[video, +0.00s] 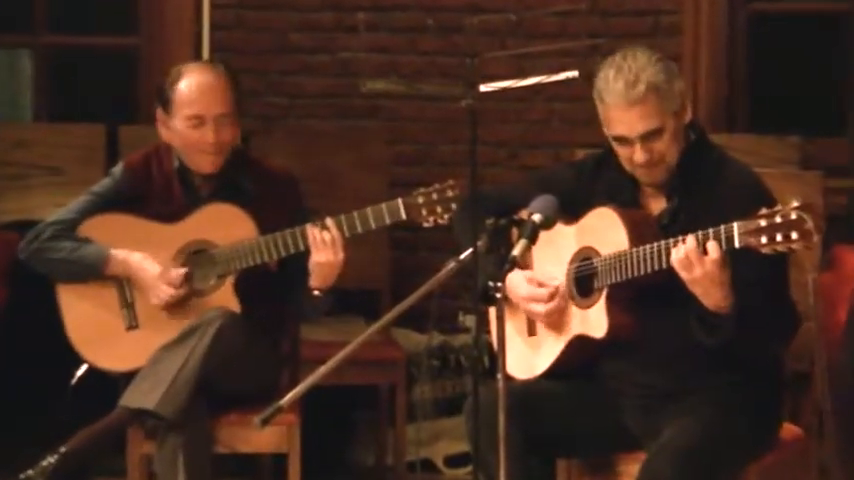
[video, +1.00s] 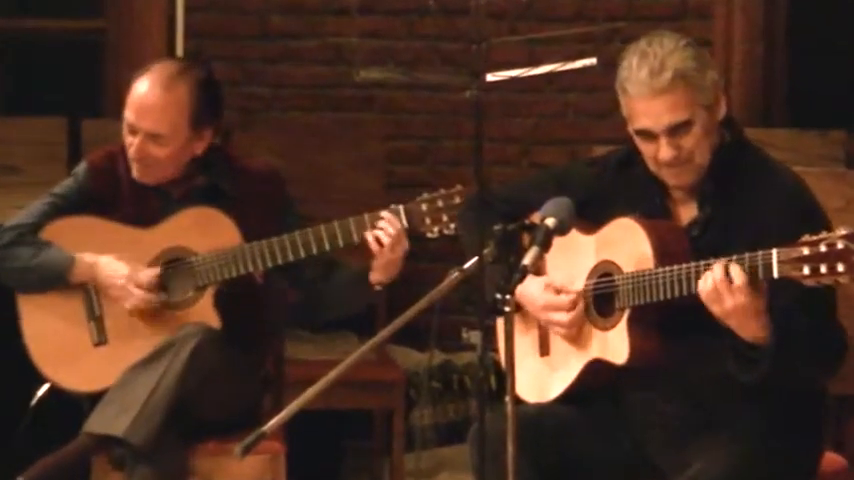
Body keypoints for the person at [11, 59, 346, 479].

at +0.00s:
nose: (213, 137)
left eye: (224, 121)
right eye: (196, 123)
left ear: (239, 122)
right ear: (165, 126)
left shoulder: (273, 189)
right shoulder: (139, 177)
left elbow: (296, 306)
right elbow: (39, 246)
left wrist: (320, 287)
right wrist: (131, 265)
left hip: (251, 361)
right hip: (157, 353)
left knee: (218, 327)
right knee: (183, 420)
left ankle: (86, 445)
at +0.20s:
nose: (180, 144)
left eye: (197, 130)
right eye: (168, 127)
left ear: (228, 131)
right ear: (154, 121)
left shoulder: (270, 189)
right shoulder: (133, 177)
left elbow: (292, 309)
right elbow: (34, 248)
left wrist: (317, 289)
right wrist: (123, 275)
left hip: (246, 364)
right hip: (152, 354)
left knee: (215, 329)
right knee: (179, 424)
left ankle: (93, 443)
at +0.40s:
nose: (161, 142)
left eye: (180, 129)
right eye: (153, 124)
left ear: (220, 132)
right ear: (143, 119)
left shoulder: (265, 190)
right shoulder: (123, 177)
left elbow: (293, 314)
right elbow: (21, 251)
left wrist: (314, 291)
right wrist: (110, 277)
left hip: (242, 370)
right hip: (144, 359)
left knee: (207, 333)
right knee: (172, 433)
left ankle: (92, 446)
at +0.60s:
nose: (142, 144)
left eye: (163, 131)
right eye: (135, 125)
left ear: (207, 133)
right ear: (126, 118)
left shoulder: (256, 188)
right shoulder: (109, 174)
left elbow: (281, 318)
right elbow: (11, 254)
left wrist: (309, 297)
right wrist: (97, 263)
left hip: (232, 379)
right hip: (124, 368)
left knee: (194, 341)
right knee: (157, 453)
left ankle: (82, 453)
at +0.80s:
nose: (136, 145)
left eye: (157, 135)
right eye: (130, 126)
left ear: (201, 135)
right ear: (122, 114)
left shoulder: (253, 192)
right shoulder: (103, 175)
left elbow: (291, 313)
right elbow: (4, 252)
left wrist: (333, 284)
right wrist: (95, 269)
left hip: (228, 383)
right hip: (116, 371)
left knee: (190, 344)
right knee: (153, 447)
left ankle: (69, 460)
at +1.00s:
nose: (134, 149)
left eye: (155, 139)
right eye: (129, 130)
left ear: (201, 141)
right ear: (122, 115)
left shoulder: (252, 191)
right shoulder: (103, 175)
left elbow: (307, 302)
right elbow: (5, 252)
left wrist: (373, 278)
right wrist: (91, 269)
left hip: (224, 383)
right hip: (107, 373)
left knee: (194, 343)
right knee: (151, 452)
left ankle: (73, 458)